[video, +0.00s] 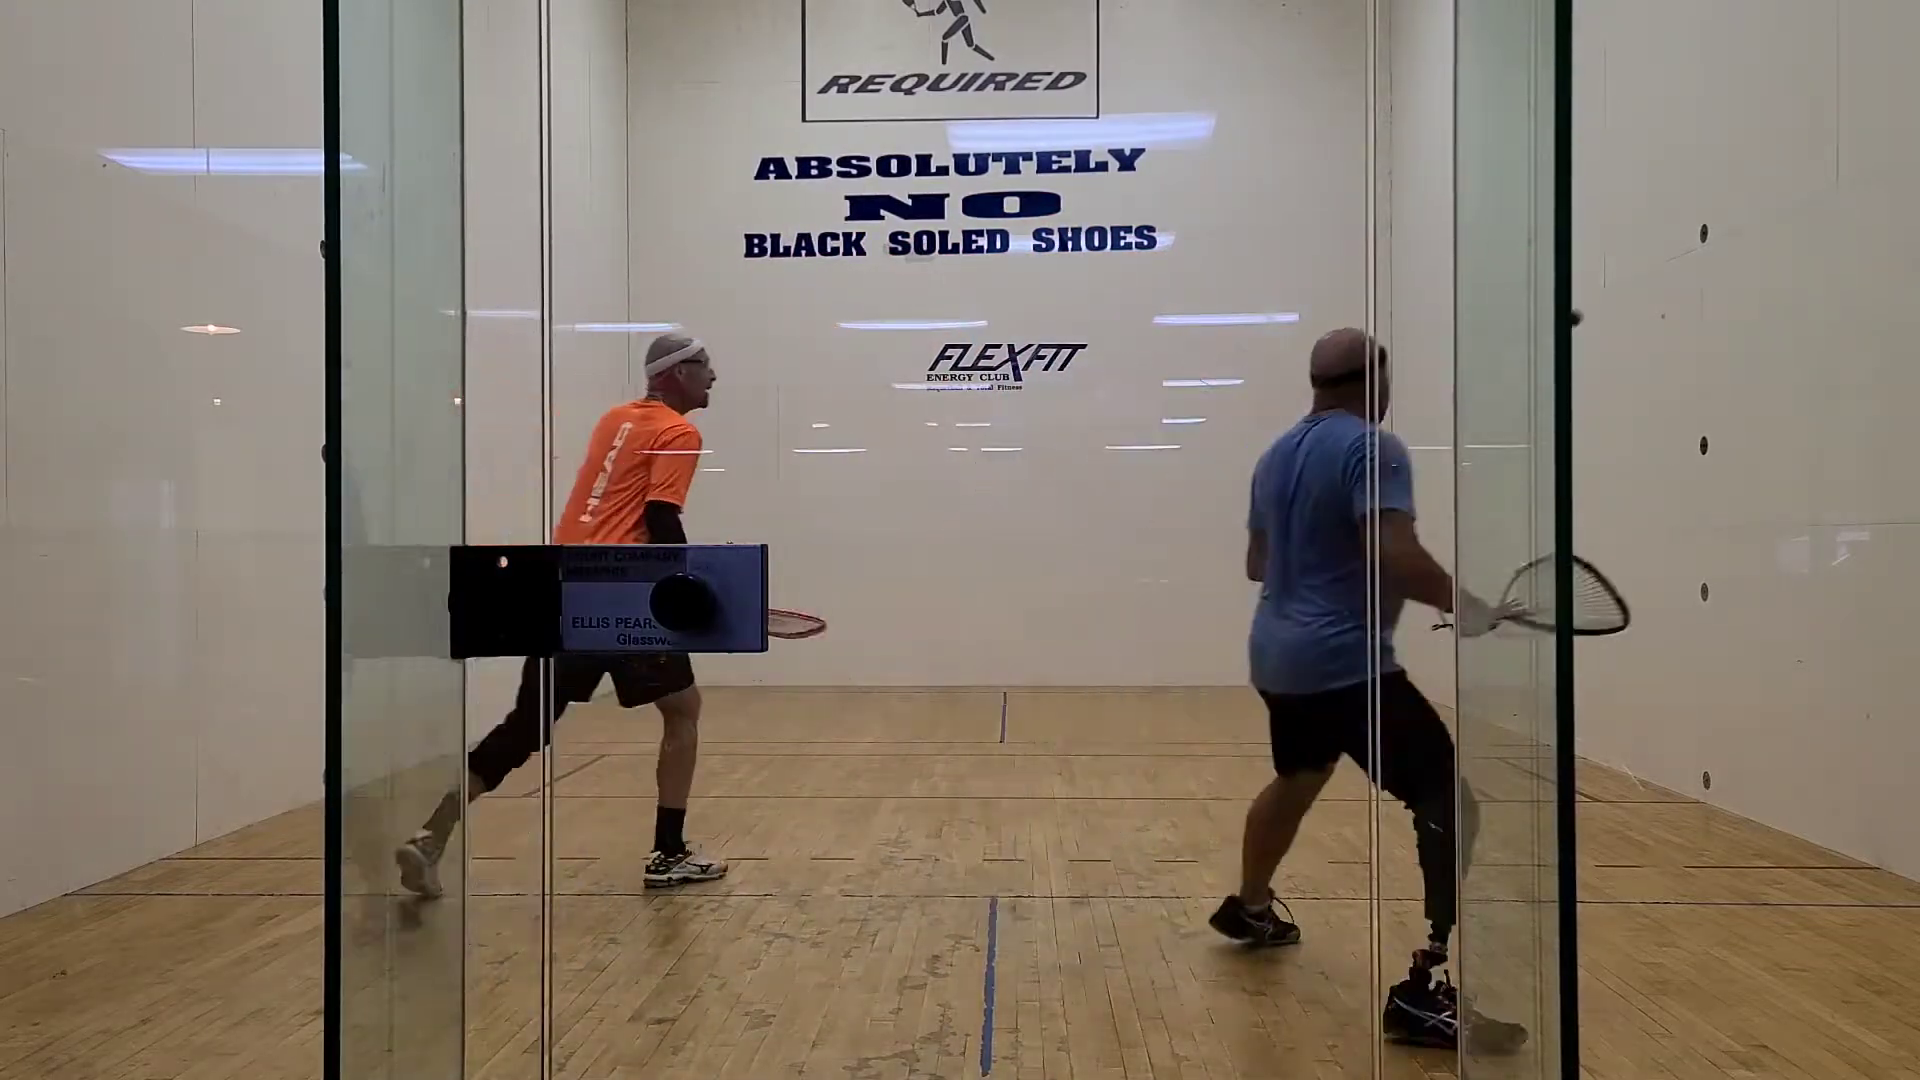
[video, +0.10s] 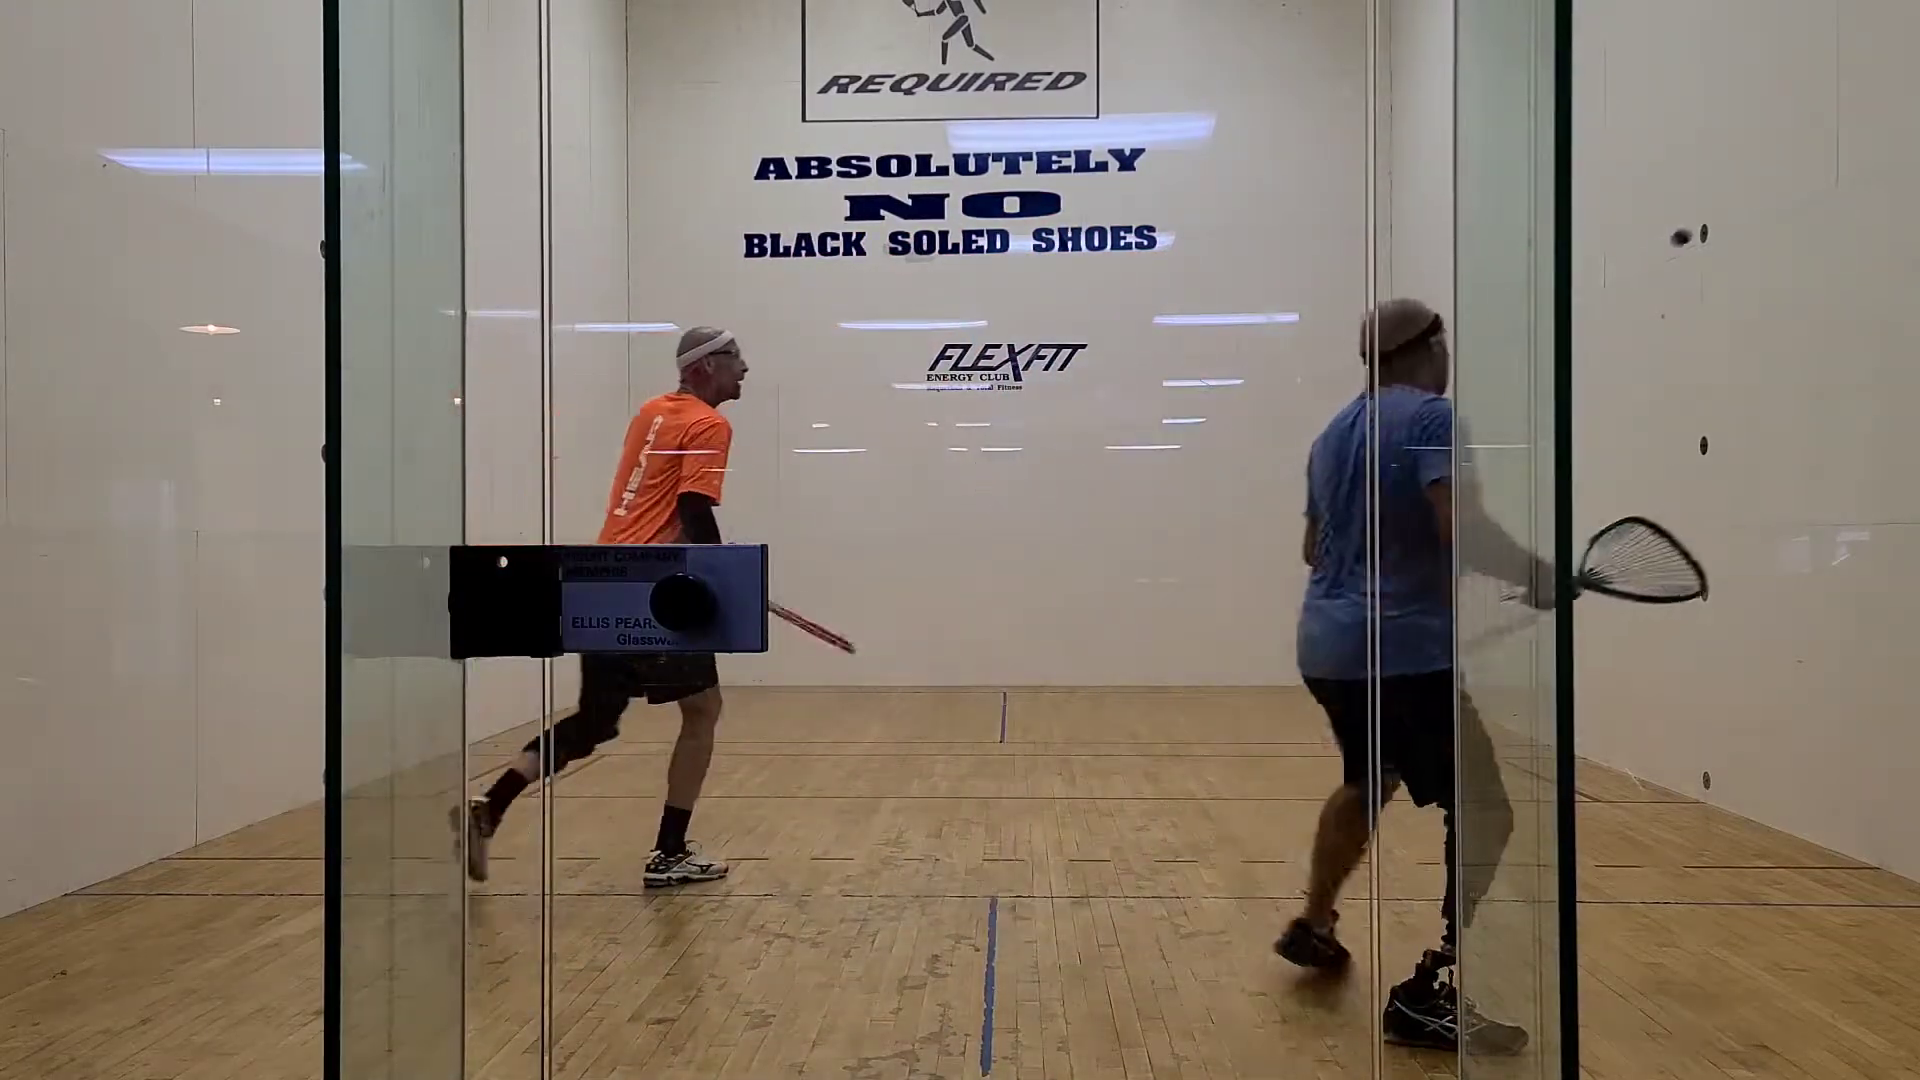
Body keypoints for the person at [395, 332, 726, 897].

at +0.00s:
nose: (713, 377)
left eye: (709, 367)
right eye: (705, 368)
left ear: (661, 378)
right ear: (674, 376)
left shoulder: (614, 418)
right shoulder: (679, 431)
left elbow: (593, 510)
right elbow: (661, 521)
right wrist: (696, 596)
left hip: (567, 591)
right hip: (624, 597)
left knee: (526, 723)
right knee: (683, 710)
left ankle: (429, 839)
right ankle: (669, 853)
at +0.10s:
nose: (744, 372)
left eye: (742, 363)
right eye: (737, 363)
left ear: (693, 370)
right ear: (706, 368)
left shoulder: (649, 412)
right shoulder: (708, 422)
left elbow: (631, 501)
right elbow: (694, 510)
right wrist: (726, 586)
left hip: (601, 589)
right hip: (656, 592)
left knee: (595, 721)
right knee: (703, 707)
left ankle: (487, 809)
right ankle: (670, 853)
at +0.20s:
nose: (768, 353)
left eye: (764, 344)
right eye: (758, 344)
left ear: (718, 357)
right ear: (726, 354)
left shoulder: (679, 403)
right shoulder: (734, 411)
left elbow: (663, 489)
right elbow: (719, 495)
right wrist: (756, 563)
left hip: (640, 570)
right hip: (685, 576)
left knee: (666, 702)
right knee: (713, 705)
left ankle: (565, 801)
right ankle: (671, 851)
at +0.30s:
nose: (791, 347)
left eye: (789, 338)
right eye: (781, 338)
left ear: (742, 347)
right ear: (749, 345)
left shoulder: (706, 395)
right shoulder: (753, 403)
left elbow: (675, 480)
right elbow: (739, 484)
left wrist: (676, 544)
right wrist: (775, 543)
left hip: (679, 564)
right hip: (712, 569)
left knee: (718, 694)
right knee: (721, 699)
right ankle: (672, 844)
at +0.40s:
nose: (816, 348)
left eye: (814, 339)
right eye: (806, 338)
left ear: (768, 350)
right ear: (773, 347)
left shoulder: (730, 401)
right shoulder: (776, 406)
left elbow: (692, 478)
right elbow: (761, 485)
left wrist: (679, 554)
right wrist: (800, 547)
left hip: (709, 571)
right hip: (735, 574)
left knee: (769, 682)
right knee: (727, 707)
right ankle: (671, 843)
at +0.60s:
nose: (868, 364)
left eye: (866, 355)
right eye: (858, 355)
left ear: (823, 366)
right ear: (824, 364)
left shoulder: (788, 420)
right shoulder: (830, 423)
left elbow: (746, 489)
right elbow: (816, 500)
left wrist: (725, 564)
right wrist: (858, 561)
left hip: (784, 596)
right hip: (798, 600)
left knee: (852, 691)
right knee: (768, 718)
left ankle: (855, 826)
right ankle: (682, 834)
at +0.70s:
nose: (893, 366)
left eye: (891, 358)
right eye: (883, 357)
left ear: (849, 366)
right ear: (849, 363)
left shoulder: (820, 421)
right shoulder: (856, 418)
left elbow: (785, 508)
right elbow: (846, 499)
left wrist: (773, 586)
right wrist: (890, 558)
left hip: (813, 584)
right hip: (833, 585)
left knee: (874, 698)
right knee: (846, 714)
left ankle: (857, 825)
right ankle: (731, 811)